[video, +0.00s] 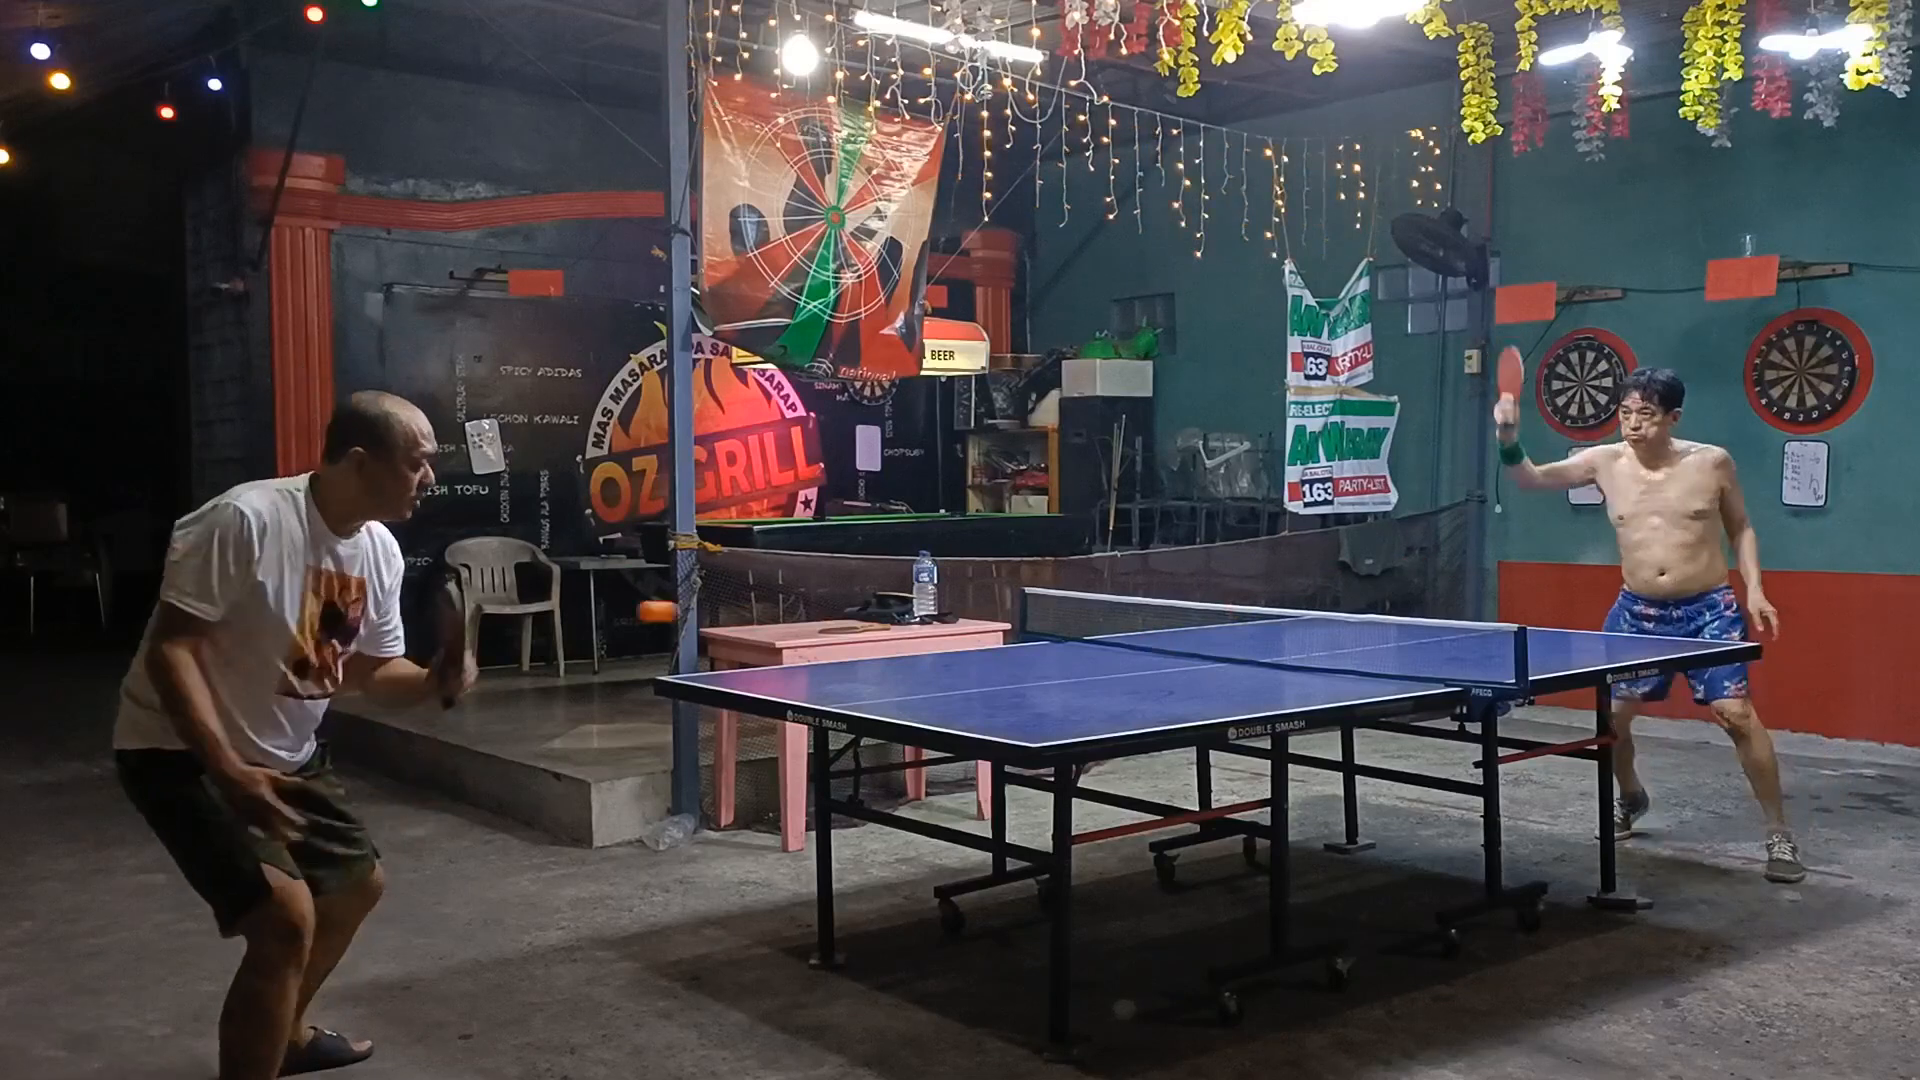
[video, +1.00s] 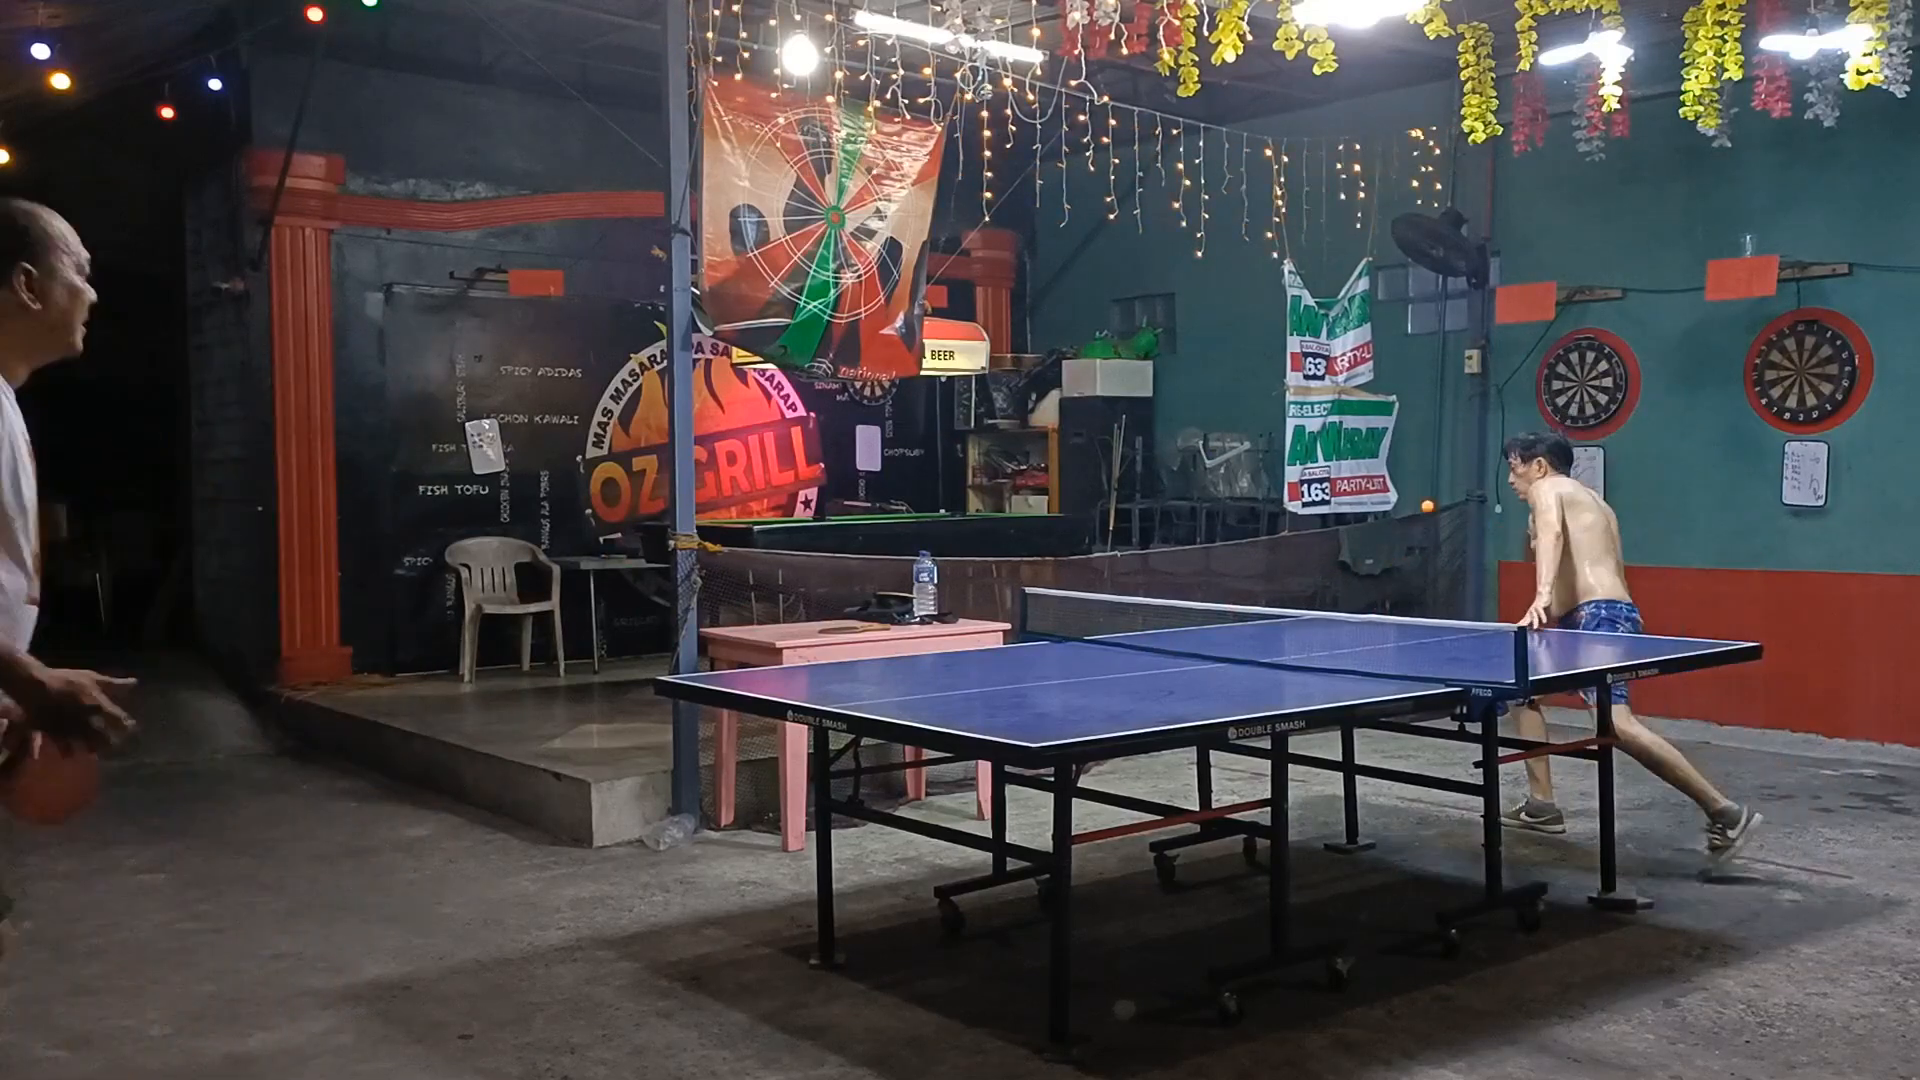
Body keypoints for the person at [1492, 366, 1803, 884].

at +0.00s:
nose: (1633, 423)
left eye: (1645, 415)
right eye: (1626, 413)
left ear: (1672, 417)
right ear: (1619, 414)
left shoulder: (1712, 463)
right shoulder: (1604, 461)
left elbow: (1740, 528)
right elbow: (1530, 477)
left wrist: (1754, 591)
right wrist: (1507, 438)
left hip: (1708, 612)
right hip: (1636, 614)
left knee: (1737, 715)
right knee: (1611, 718)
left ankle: (1778, 833)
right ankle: (1631, 796)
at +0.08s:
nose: (1623, 422)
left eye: (1635, 412)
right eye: (1617, 413)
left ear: (1665, 415)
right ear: (1612, 416)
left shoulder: (1704, 460)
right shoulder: (1607, 464)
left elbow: (1750, 525)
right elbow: (1553, 506)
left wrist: (1734, 572)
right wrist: (1519, 503)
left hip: (1703, 608)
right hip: (1637, 612)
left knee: (1736, 710)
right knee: (1585, 700)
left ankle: (1800, 828)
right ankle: (1600, 816)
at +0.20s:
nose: (1617, 439)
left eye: (1628, 429)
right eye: (1612, 429)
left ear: (1660, 432)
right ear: (1608, 432)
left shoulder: (1696, 475)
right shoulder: (1611, 484)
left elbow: (1734, 548)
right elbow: (1568, 535)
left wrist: (1677, 584)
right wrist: (1535, 543)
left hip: (1708, 622)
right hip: (1646, 625)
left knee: (1737, 729)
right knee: (1581, 708)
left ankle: (1808, 854)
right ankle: (1594, 825)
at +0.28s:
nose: (1618, 452)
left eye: (1630, 443)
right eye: (1614, 443)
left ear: (1662, 446)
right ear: (1611, 447)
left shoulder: (1695, 487)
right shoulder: (1623, 500)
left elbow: (1704, 559)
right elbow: (1583, 554)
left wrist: (1632, 595)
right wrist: (1539, 563)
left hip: (1718, 633)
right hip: (1660, 636)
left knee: (1739, 736)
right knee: (1581, 711)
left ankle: (1818, 858)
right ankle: (1594, 826)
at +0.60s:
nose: (1589, 457)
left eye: (1597, 446)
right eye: (1587, 447)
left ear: (1631, 444)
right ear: (1624, 447)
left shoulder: (1655, 482)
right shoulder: (1637, 487)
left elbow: (1630, 558)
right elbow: (1626, 554)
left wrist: (1562, 612)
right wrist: (1561, 563)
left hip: (1699, 632)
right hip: (1659, 633)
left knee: (1711, 747)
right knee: (1588, 702)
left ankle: (1817, 853)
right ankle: (1554, 803)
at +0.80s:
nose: (1543, 462)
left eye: (1548, 450)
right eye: (1542, 452)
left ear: (1579, 447)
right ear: (1590, 449)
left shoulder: (1583, 479)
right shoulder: (1629, 486)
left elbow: (1587, 531)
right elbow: (1620, 563)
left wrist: (1560, 601)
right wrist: (1570, 556)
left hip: (1636, 622)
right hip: (1628, 622)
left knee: (1656, 736)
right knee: (1551, 698)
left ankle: (1775, 825)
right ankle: (1546, 804)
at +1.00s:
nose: (1511, 480)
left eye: (1515, 469)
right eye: (1510, 470)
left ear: (1539, 465)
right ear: (1555, 468)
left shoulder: (1546, 487)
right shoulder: (1595, 501)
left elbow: (1549, 532)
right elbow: (1600, 566)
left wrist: (1541, 594)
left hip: (1596, 619)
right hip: (1622, 619)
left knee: (1615, 721)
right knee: (1518, 688)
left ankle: (1723, 812)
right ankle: (1541, 801)